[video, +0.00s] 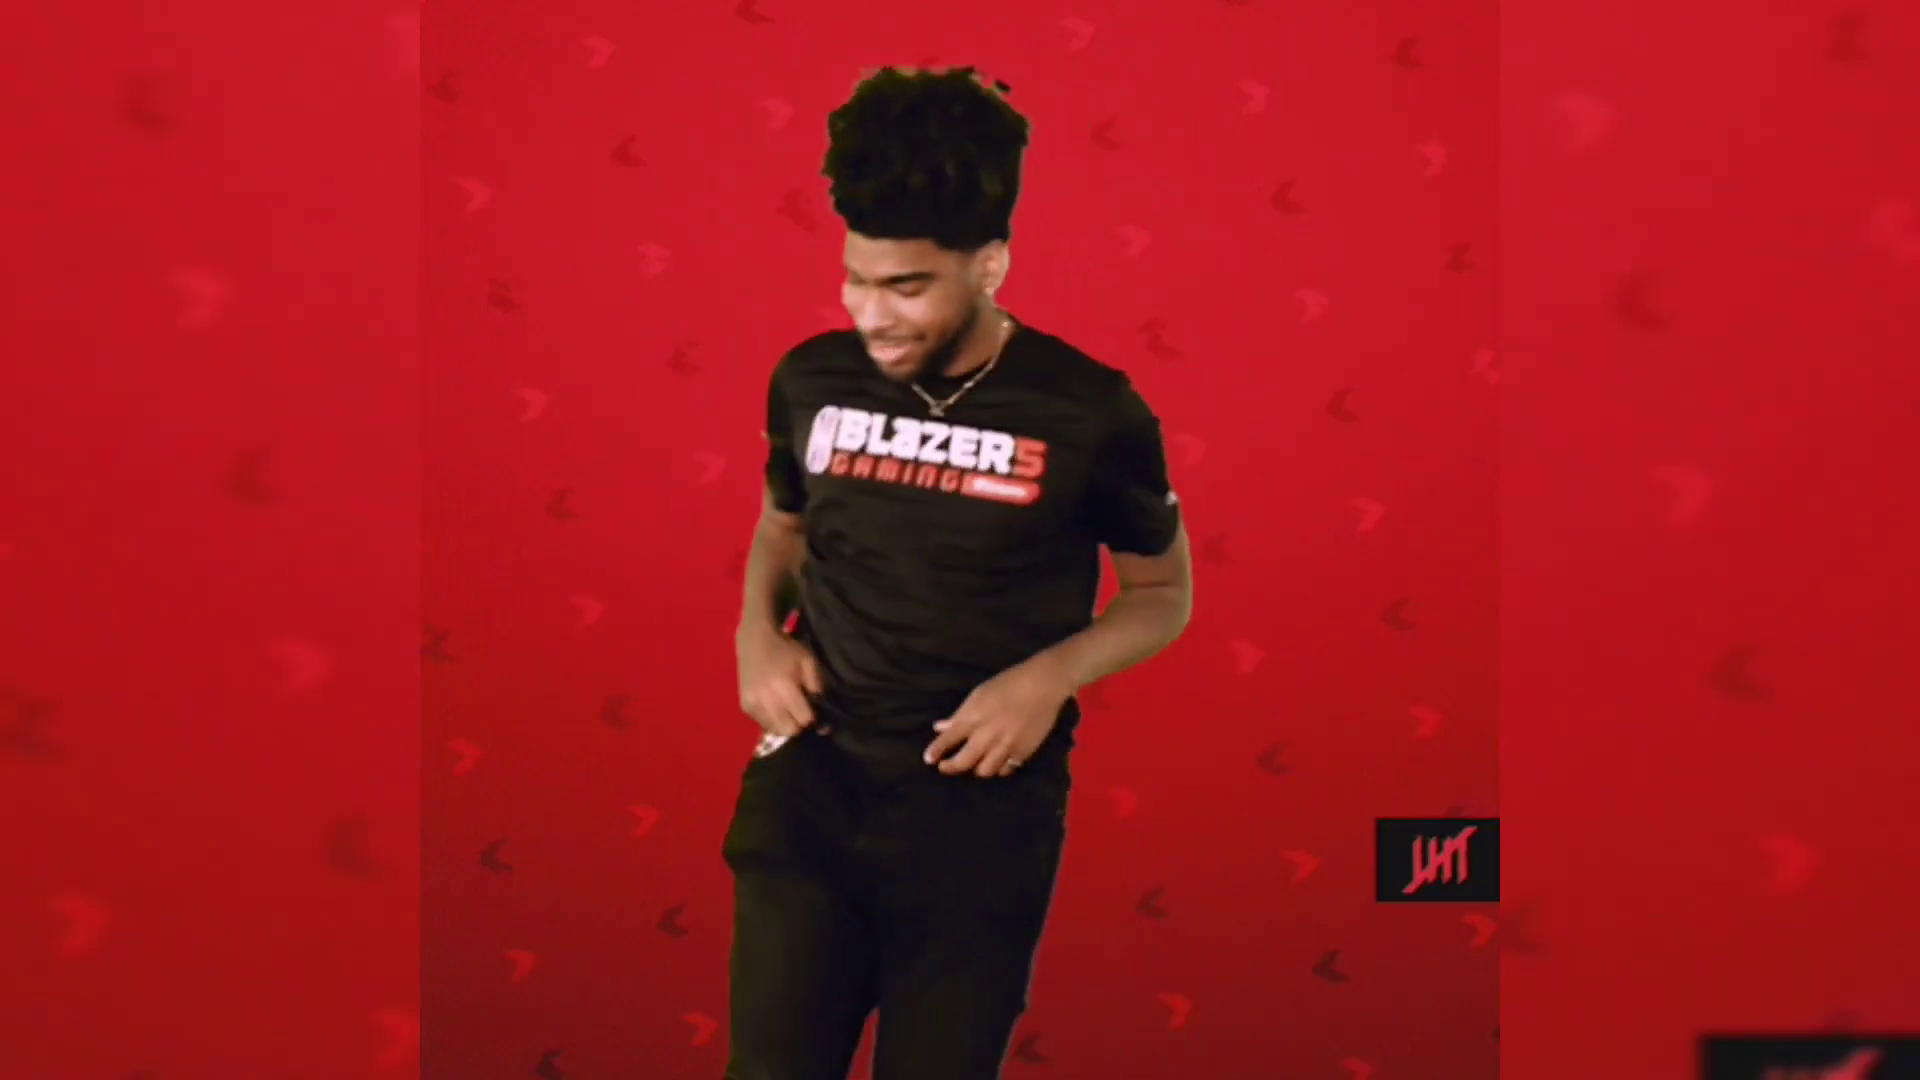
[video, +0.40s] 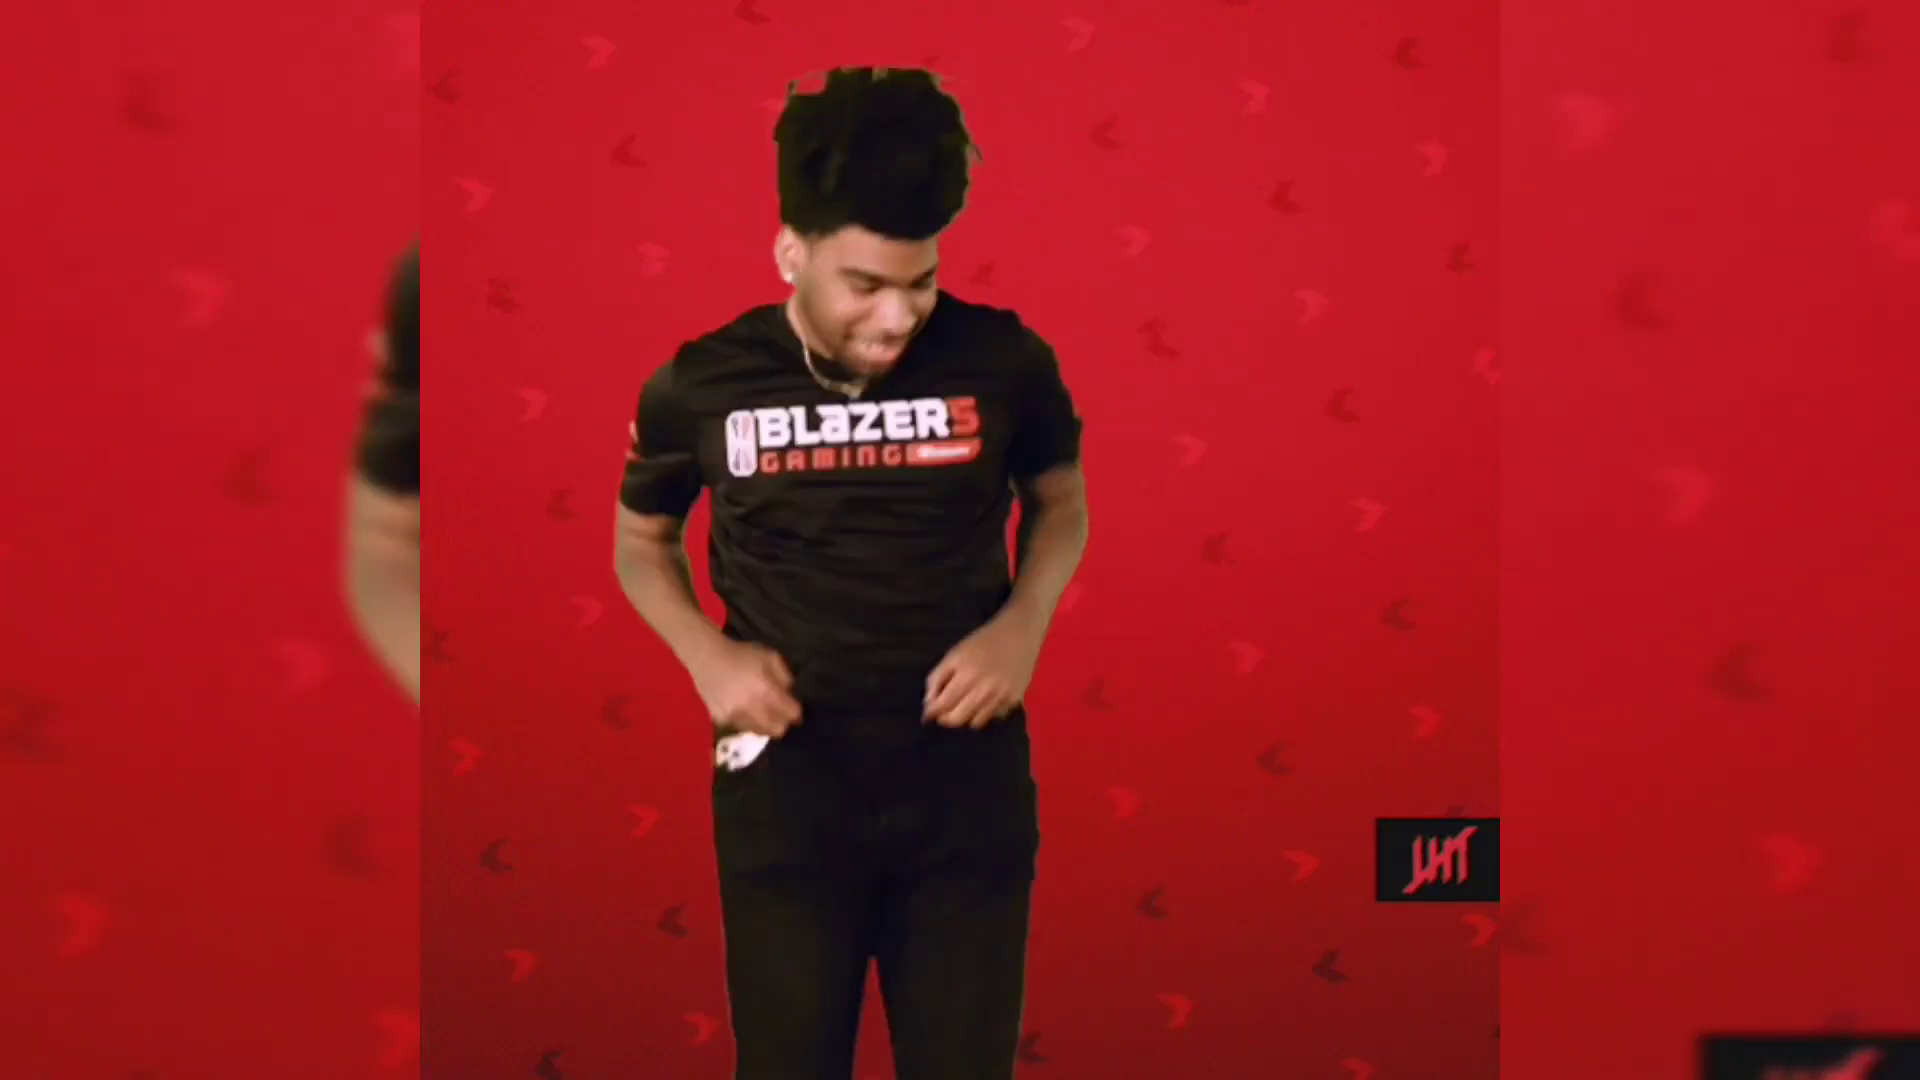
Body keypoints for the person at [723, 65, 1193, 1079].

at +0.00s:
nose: (873, 315)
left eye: (907, 285)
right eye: (856, 278)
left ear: (992, 267)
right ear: (840, 254)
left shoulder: (1097, 420)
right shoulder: (811, 385)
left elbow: (1162, 594)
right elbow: (780, 534)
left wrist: (1048, 677)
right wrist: (756, 641)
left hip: (983, 822)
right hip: (807, 801)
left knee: (937, 1064)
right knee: (772, 1062)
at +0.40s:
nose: (896, 315)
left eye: (920, 282)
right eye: (864, 282)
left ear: (942, 255)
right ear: (789, 250)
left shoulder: (1002, 362)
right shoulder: (701, 390)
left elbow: (1059, 501)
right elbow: (641, 543)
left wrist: (1023, 627)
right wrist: (709, 656)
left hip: (964, 780)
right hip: (786, 786)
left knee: (965, 1061)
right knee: (788, 1063)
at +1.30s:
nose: (902, 383)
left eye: (937, 351)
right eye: (876, 346)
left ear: (984, 319)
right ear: (843, 311)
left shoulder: (1074, 446)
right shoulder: (778, 468)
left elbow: (1140, 588)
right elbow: (738, 673)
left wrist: (1103, 731)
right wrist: (804, 811)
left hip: (1038, 849)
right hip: (866, 860)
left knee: (987, 1060)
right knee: (874, 1064)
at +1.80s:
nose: (858, 376)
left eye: (886, 343)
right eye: (828, 340)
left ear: (914, 314)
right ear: (771, 314)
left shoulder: (988, 436)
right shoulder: (703, 483)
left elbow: (1121, 615)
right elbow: (681, 644)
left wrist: (990, 689)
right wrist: (629, 858)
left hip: (1010, 854)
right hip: (838, 879)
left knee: (1013, 1060)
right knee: (870, 1062)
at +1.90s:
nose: (805, 352)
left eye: (836, 320)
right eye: (776, 319)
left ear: (884, 300)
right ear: (743, 298)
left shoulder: (987, 418)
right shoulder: (695, 469)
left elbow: (1104, 597)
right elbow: (656, 649)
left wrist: (961, 638)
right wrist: (601, 853)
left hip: (994, 832)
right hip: (817, 850)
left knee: (955, 1057)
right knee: (843, 1060)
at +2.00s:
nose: (703, 365)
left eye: (731, 325)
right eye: (687, 334)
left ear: (825, 305)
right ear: (679, 323)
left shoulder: (975, 438)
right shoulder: (690, 486)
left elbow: (1084, 643)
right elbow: (643, 681)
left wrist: (936, 621)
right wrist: (617, 843)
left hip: (944, 854)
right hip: (774, 867)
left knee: (881, 1055)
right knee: (780, 1056)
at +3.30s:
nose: (997, 529)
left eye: (1011, 499)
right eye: (995, 490)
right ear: (915, 450)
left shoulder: (686, 532)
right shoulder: (917, 570)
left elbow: (494, 679)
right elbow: (877, 767)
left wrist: (658, 626)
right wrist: (857, 902)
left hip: (597, 947)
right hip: (765, 946)